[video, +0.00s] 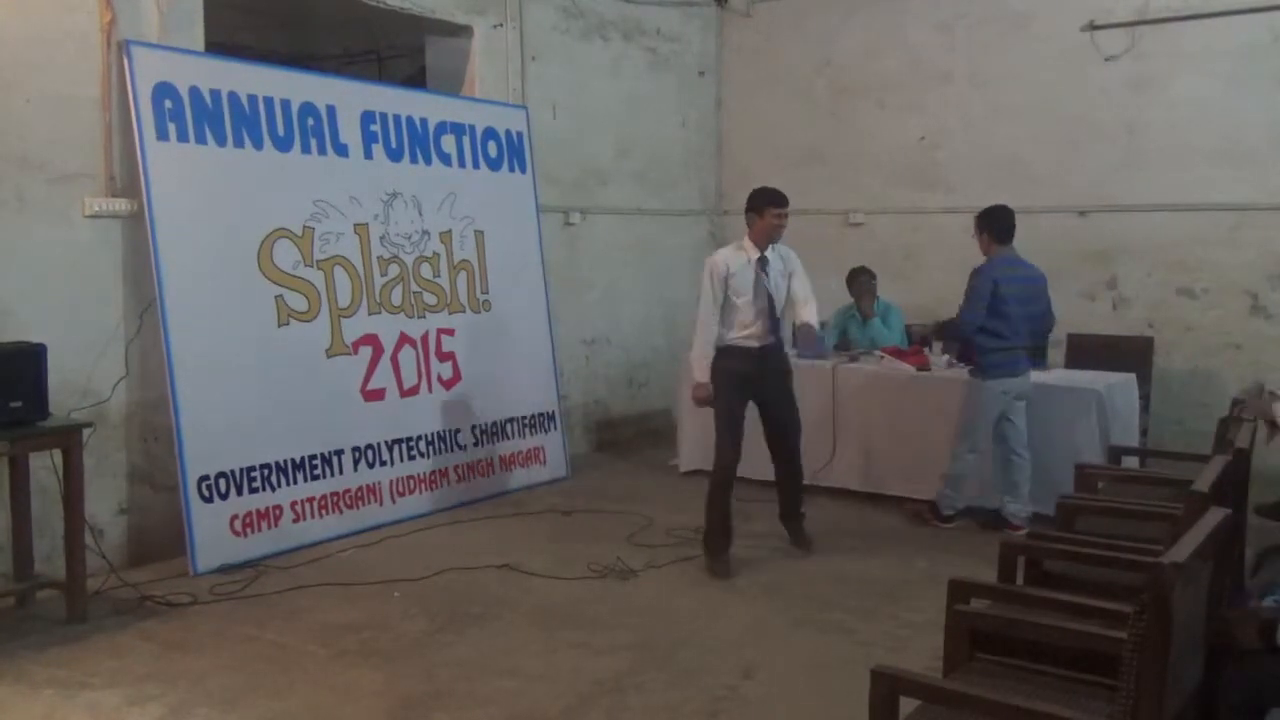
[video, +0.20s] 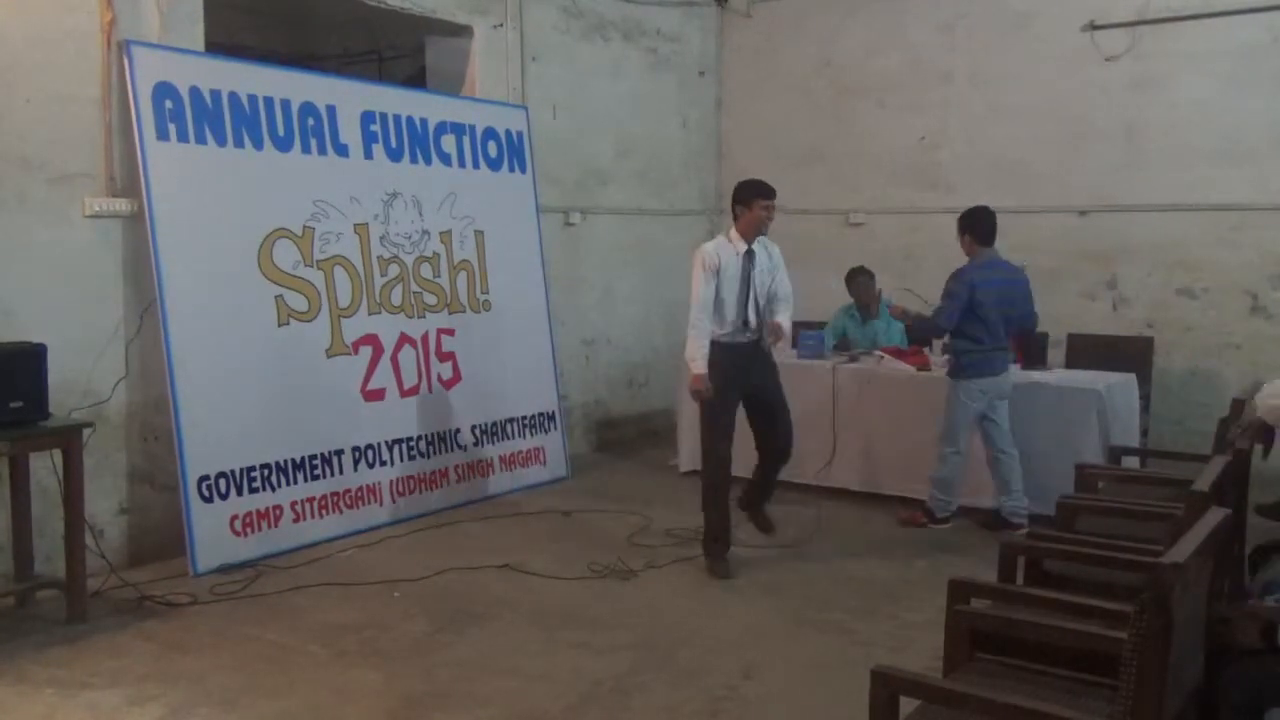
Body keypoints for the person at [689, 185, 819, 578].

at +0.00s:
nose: (783, 225)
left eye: (785, 218)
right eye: (777, 218)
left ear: (781, 222)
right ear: (753, 218)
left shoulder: (787, 259)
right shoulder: (721, 262)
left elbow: (804, 299)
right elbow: (706, 322)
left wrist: (806, 324)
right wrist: (701, 376)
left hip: (772, 362)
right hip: (731, 363)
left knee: (788, 447)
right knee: (727, 457)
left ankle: (793, 521)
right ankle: (716, 549)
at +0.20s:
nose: (770, 217)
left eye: (772, 211)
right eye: (764, 210)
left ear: (765, 214)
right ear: (741, 211)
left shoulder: (770, 252)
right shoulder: (711, 254)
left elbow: (783, 299)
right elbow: (699, 315)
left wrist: (779, 322)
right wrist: (697, 368)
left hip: (757, 356)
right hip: (720, 357)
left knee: (779, 443)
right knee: (717, 456)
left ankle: (752, 499)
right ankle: (716, 547)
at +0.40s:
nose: (764, 216)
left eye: (766, 209)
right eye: (758, 208)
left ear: (760, 212)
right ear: (734, 209)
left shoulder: (760, 249)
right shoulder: (707, 253)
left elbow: (774, 297)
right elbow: (713, 309)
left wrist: (757, 305)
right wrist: (736, 358)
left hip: (748, 351)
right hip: (711, 355)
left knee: (765, 445)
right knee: (715, 454)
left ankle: (723, 511)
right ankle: (714, 550)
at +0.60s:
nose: (763, 214)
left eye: (765, 208)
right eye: (757, 207)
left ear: (758, 212)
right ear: (733, 209)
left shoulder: (754, 252)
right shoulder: (710, 251)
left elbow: (770, 299)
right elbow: (726, 303)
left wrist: (752, 297)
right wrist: (761, 352)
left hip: (743, 358)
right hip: (711, 358)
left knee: (749, 456)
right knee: (713, 458)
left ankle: (738, 544)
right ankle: (715, 550)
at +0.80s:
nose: (766, 213)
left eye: (767, 207)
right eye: (760, 207)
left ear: (757, 211)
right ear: (738, 208)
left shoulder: (750, 249)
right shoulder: (718, 249)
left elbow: (769, 299)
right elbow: (734, 308)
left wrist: (757, 296)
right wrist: (775, 354)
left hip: (742, 356)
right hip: (714, 359)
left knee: (744, 453)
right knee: (716, 455)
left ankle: (736, 543)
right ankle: (716, 551)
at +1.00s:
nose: (770, 214)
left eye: (771, 208)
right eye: (763, 207)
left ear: (760, 212)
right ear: (741, 210)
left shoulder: (752, 251)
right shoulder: (724, 250)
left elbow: (765, 307)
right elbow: (729, 313)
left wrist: (762, 305)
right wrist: (777, 342)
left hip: (746, 354)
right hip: (723, 357)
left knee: (751, 454)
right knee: (731, 454)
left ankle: (737, 542)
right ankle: (718, 547)